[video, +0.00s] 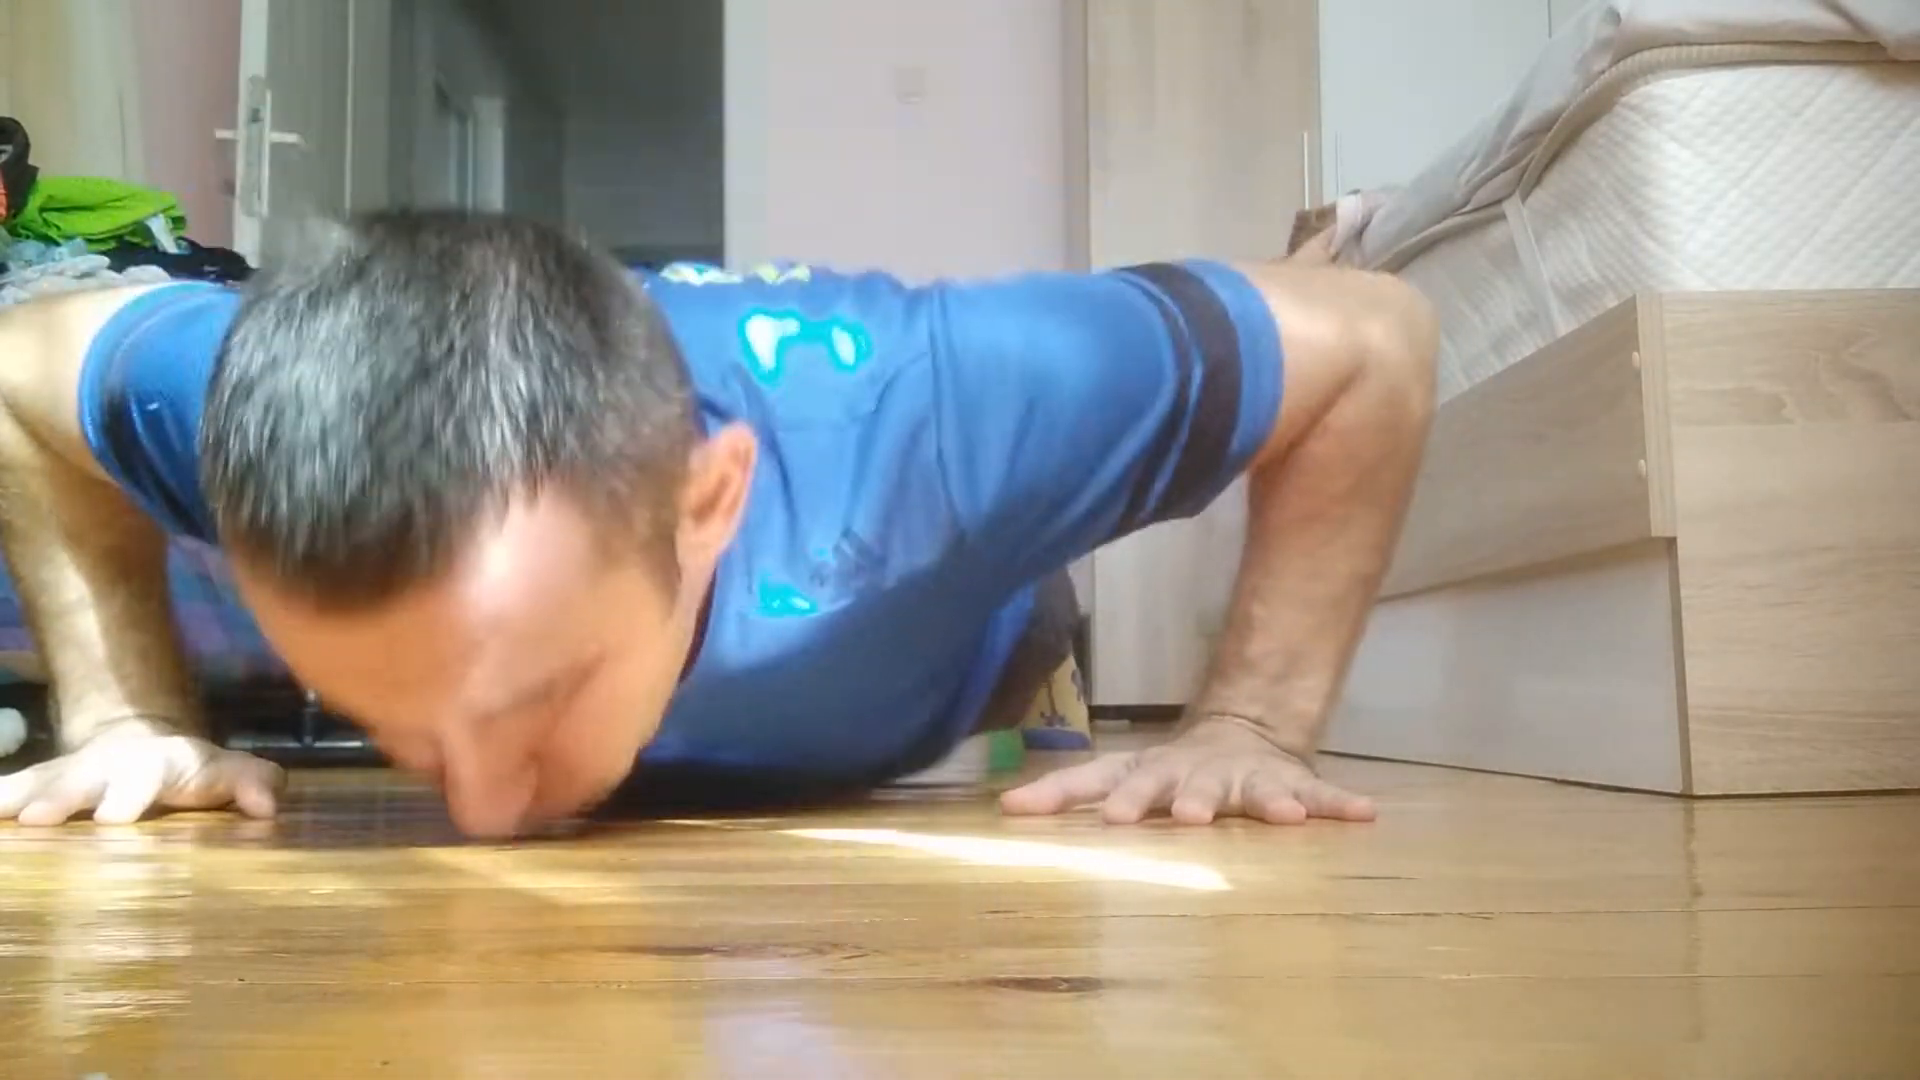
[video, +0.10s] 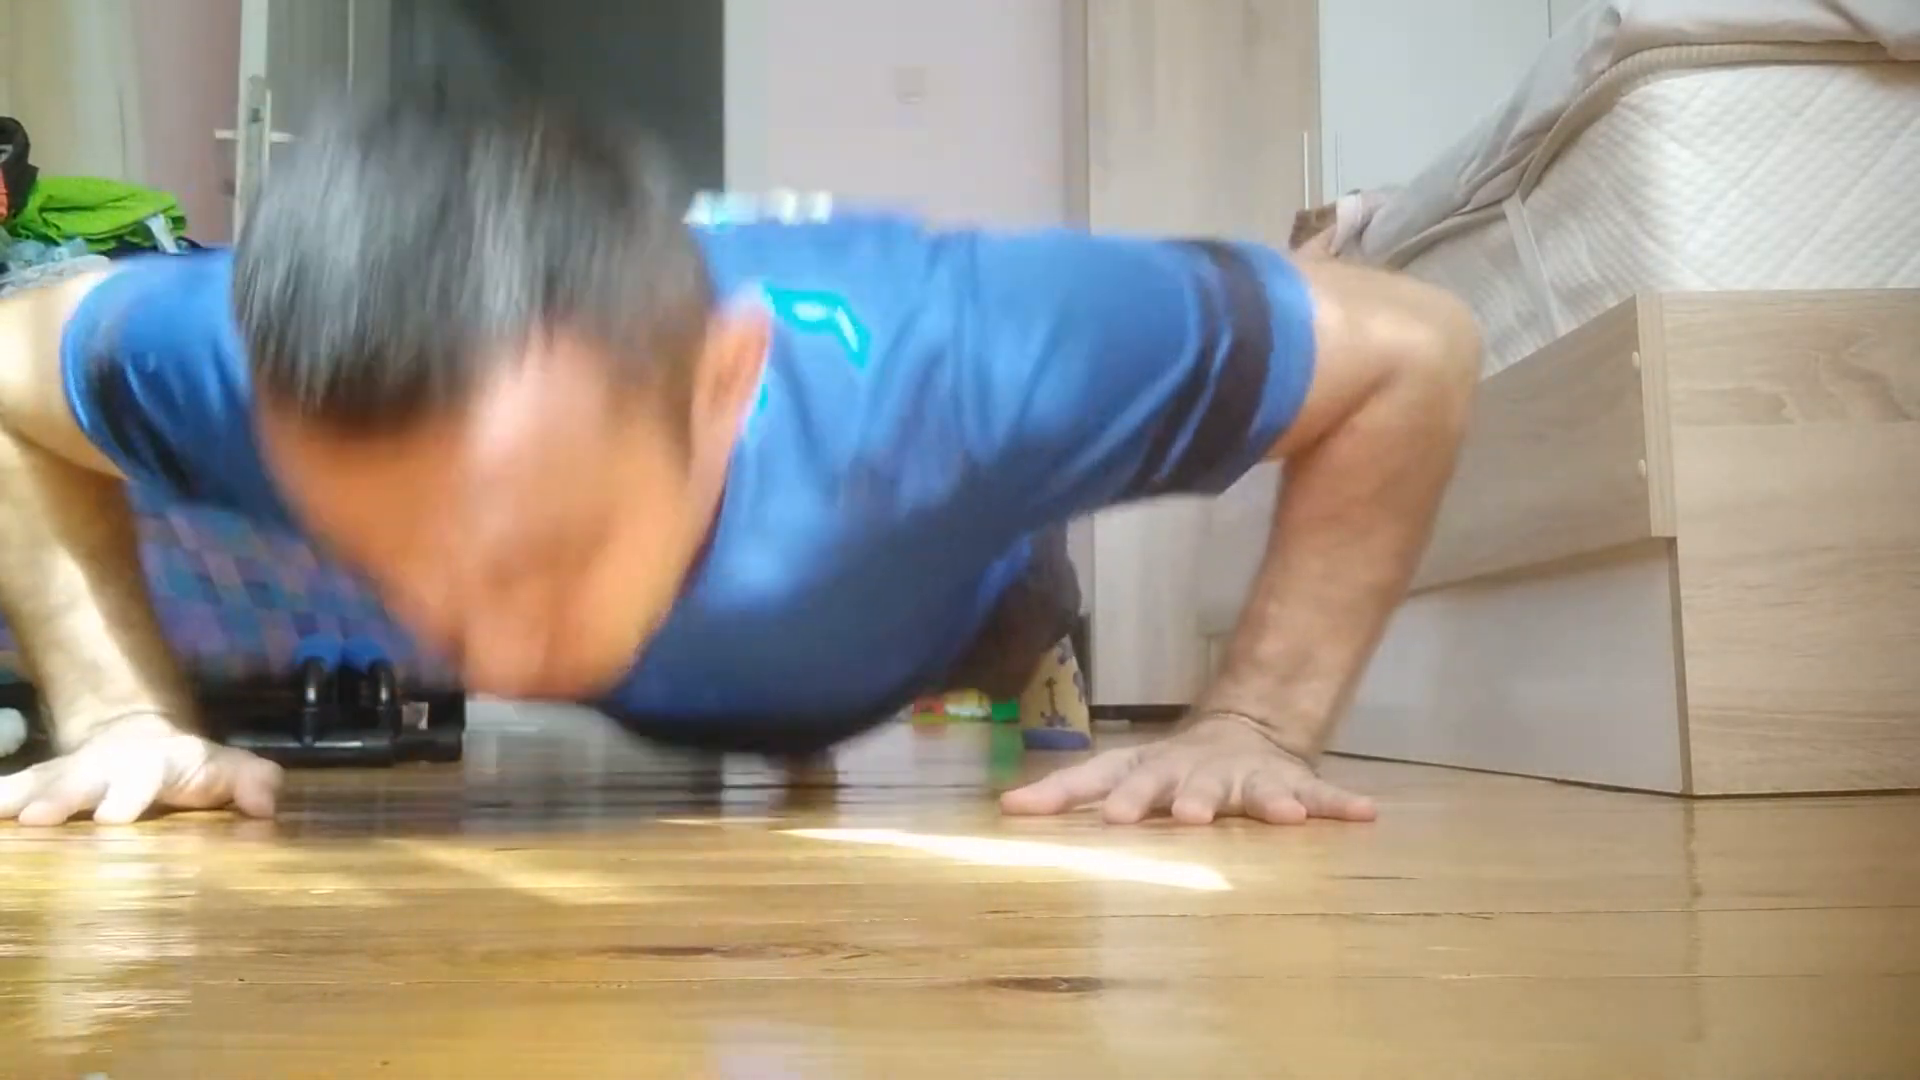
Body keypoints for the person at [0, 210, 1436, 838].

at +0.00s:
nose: (474, 798)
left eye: (543, 698)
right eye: (387, 716)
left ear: (708, 511)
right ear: (280, 556)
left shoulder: (940, 431)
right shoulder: (235, 404)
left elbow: (1374, 342)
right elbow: (27, 364)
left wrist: (1251, 721)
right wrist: (125, 715)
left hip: (910, 727)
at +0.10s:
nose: (488, 655)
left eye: (547, 573)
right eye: (406, 587)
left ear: (718, 388)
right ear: (317, 463)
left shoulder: (962, 370)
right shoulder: (241, 363)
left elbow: (1410, 352)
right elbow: (24, 369)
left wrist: (1260, 723)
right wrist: (121, 706)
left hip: (943, 641)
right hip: (681, 664)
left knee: (1008, 633)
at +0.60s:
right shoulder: (389, 2)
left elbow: (1120, 249)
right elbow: (277, 281)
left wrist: (1239, 702)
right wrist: (149, 711)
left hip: (945, 373)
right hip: (686, 409)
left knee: (1003, 558)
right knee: (777, 567)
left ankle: (1010, 619)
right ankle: (811, 639)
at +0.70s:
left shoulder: (1011, 21)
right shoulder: (373, 16)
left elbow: (1215, 285)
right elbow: (213, 302)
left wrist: (1247, 711)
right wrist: (145, 711)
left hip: (942, 416)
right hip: (687, 457)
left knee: (1002, 569)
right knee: (775, 583)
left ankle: (1013, 626)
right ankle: (806, 651)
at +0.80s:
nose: (572, 142)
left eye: (614, 59)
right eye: (513, 64)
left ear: (720, 12)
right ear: (440, 15)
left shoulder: (966, 35)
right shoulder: (338, 64)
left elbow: (1325, 334)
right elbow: (98, 366)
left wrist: (1250, 716)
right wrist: (138, 717)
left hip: (949, 507)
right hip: (694, 548)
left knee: (1003, 626)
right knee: (780, 626)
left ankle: (1006, 660)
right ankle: (802, 667)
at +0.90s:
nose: (511, 500)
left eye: (570, 410)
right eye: (438, 424)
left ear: (724, 232)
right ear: (330, 290)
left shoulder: (957, 235)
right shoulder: (255, 273)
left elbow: (1349, 358)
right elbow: (53, 394)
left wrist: (1252, 715)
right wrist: (134, 712)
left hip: (972, 637)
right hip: (649, 645)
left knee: (1017, 648)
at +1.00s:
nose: (496, 759)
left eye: (557, 668)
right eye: (417, 689)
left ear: (722, 466)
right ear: (300, 529)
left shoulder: (963, 402)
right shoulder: (264, 386)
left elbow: (1349, 351)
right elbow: (39, 368)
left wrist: (1253, 719)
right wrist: (129, 715)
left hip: (947, 720)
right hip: (645, 737)